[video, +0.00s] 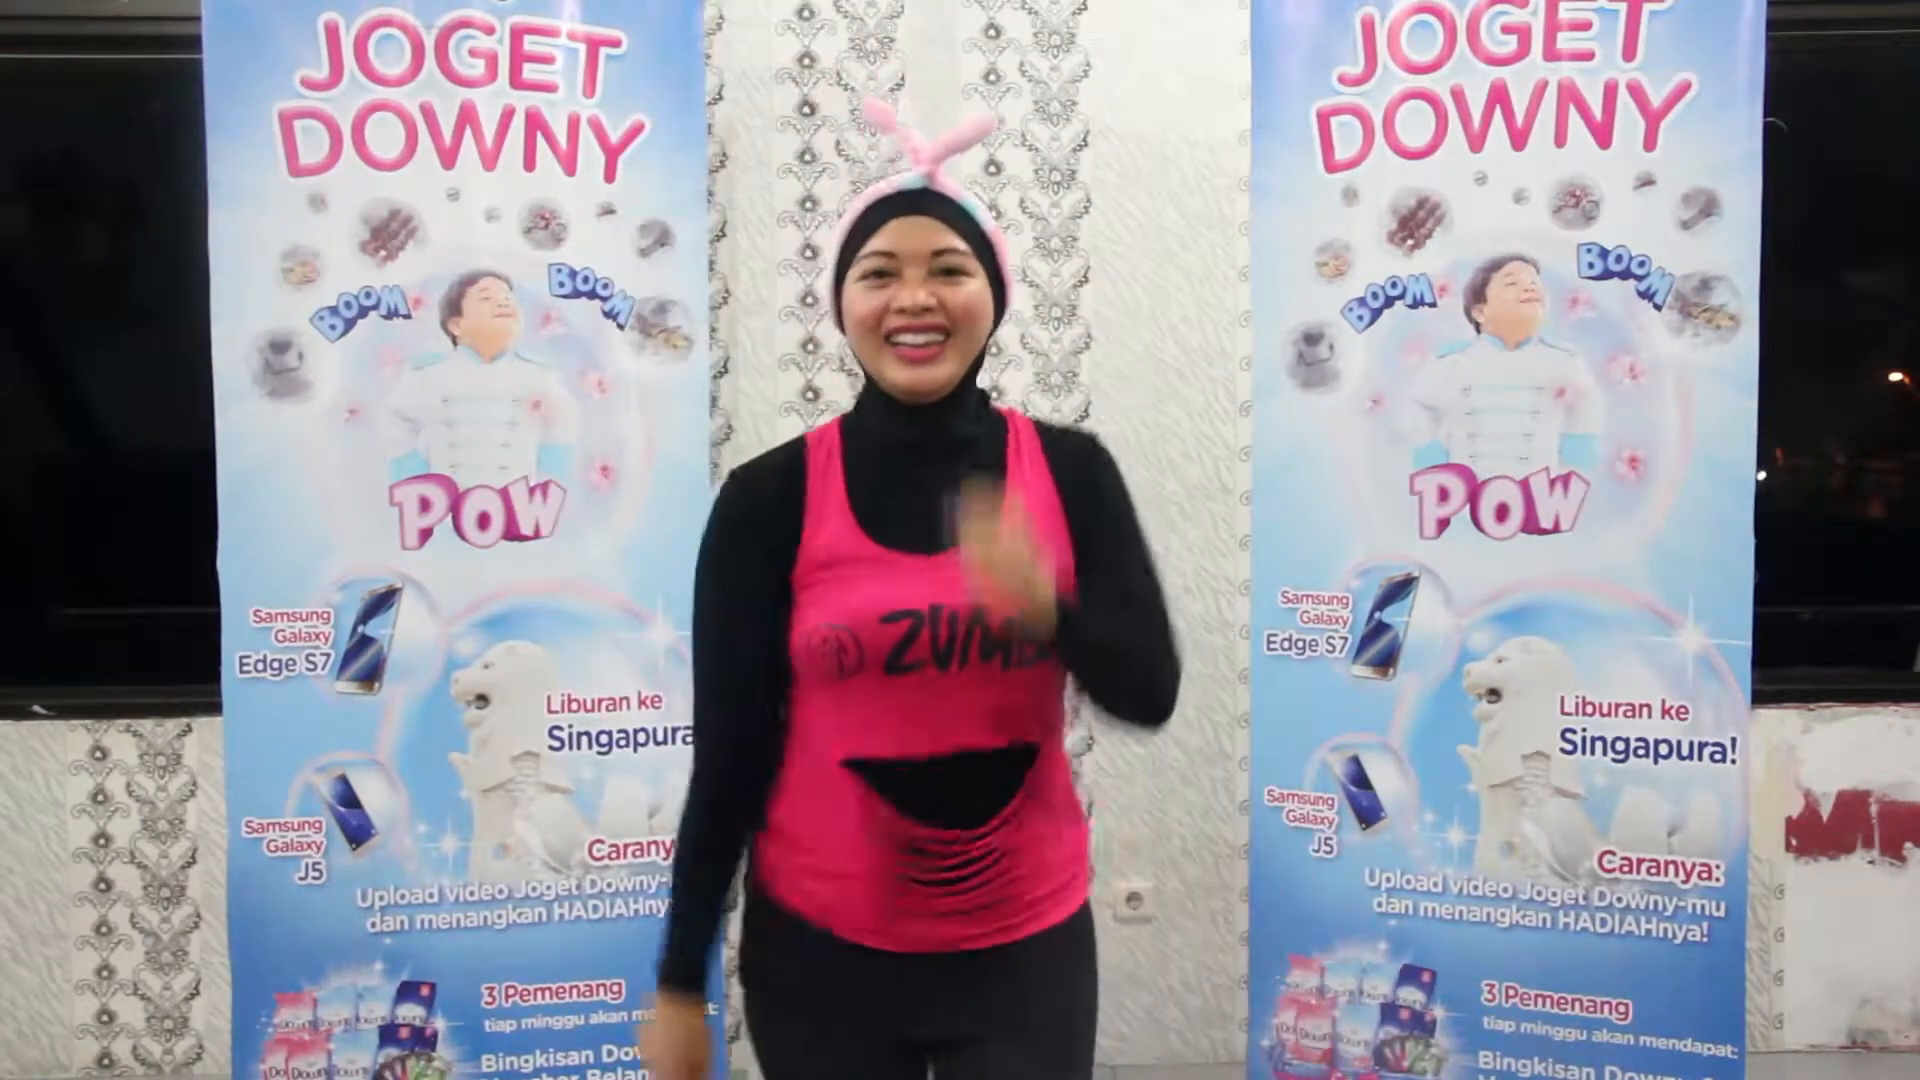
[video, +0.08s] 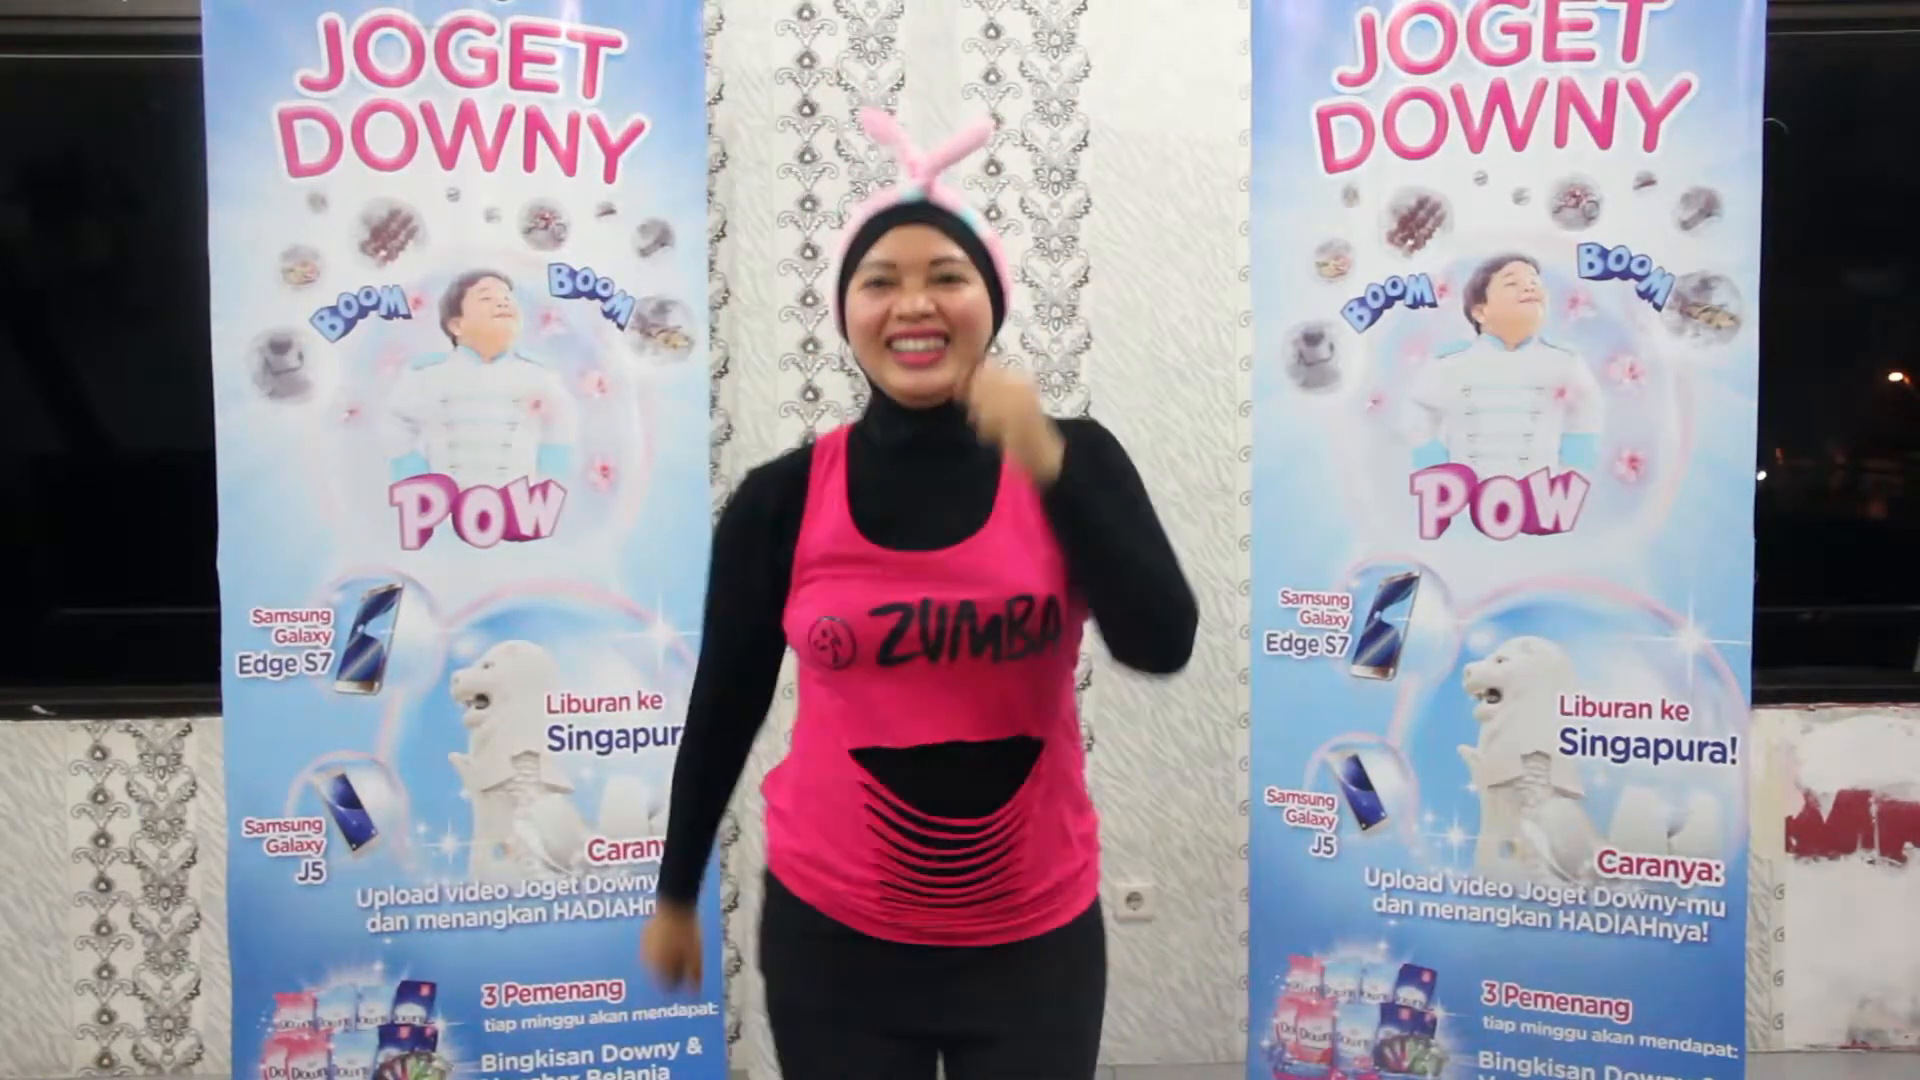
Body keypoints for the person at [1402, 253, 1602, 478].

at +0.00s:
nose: (1529, 287)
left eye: (1535, 281)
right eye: (1511, 283)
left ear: (1544, 301)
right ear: (1478, 310)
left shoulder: (1565, 365)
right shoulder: (1446, 368)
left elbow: (1582, 439)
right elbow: (1414, 424)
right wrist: (1438, 481)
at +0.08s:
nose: (1529, 287)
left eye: (1534, 281)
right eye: (1511, 283)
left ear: (1545, 299)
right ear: (1479, 311)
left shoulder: (1565, 365)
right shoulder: (1446, 368)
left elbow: (1583, 435)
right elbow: (1414, 422)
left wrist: (1564, 493)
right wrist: (1436, 478)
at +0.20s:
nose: (1529, 287)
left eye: (1534, 281)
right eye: (1511, 283)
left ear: (1545, 299)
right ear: (1479, 311)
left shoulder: (1565, 365)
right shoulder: (1445, 368)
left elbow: (1583, 435)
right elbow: (1415, 424)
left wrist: (1564, 494)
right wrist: (1438, 480)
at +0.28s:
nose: (1529, 287)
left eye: (1535, 281)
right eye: (1511, 283)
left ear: (1545, 298)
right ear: (1479, 311)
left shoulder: (1565, 365)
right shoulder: (1445, 368)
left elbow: (1583, 436)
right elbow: (1415, 424)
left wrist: (1564, 494)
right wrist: (1438, 480)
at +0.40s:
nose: (1529, 287)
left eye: (1535, 281)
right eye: (1511, 283)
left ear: (1545, 299)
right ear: (1479, 311)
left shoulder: (1565, 365)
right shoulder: (1445, 368)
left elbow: (1583, 434)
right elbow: (1415, 423)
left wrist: (1564, 492)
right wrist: (1437, 478)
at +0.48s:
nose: (1529, 287)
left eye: (1534, 281)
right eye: (1511, 283)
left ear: (1545, 299)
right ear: (1479, 311)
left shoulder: (1565, 365)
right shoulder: (1445, 368)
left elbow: (1583, 436)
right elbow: (1415, 424)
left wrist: (1564, 495)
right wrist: (1438, 481)